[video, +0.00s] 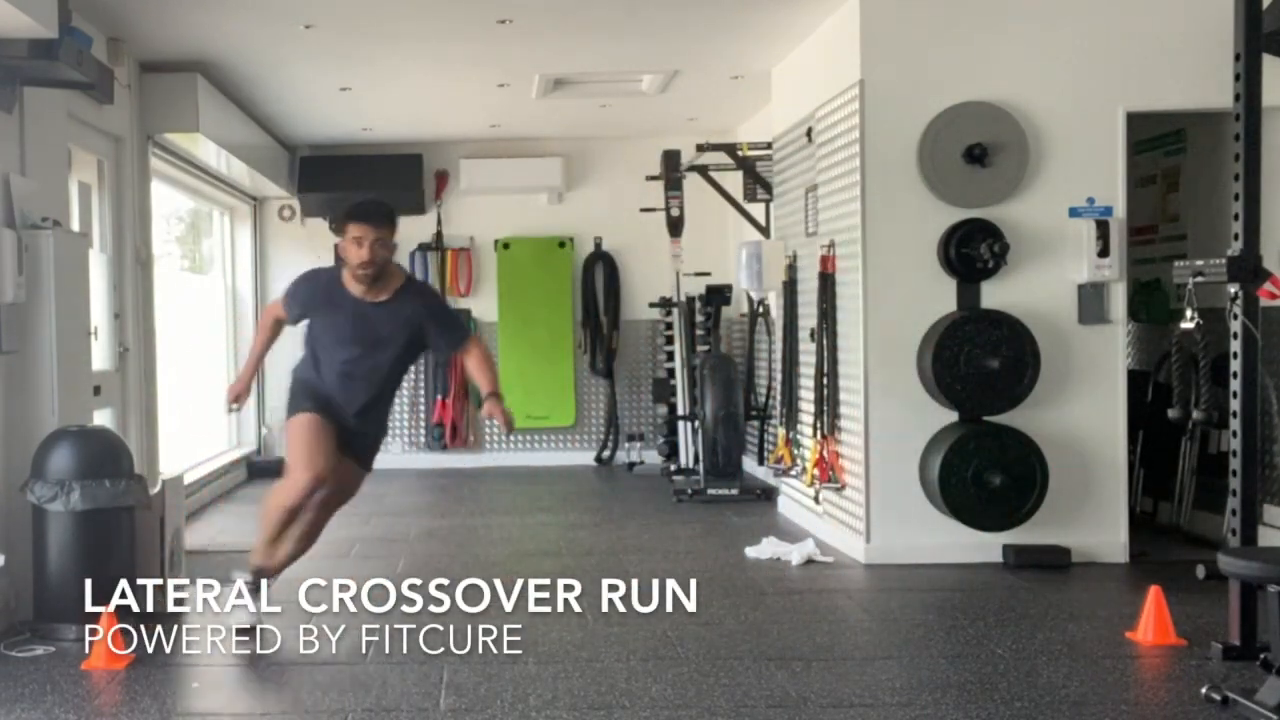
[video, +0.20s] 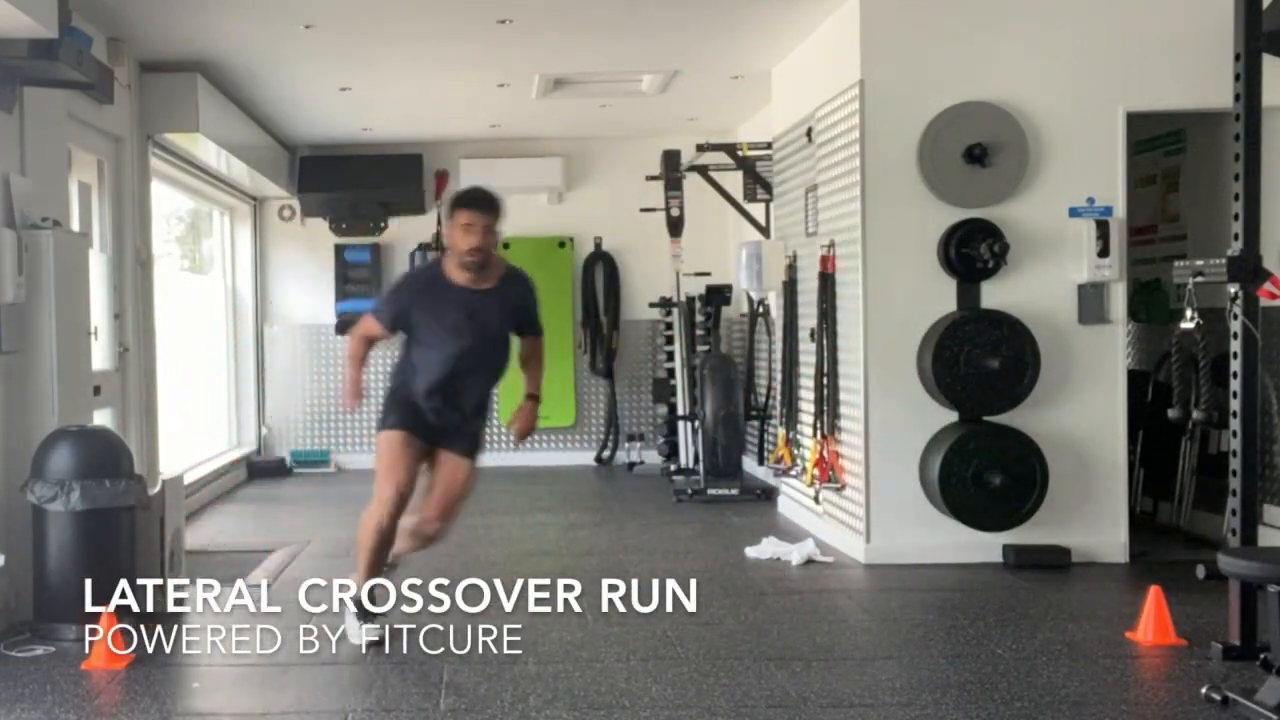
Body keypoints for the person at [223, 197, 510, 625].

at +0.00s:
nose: (368, 254)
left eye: (379, 243)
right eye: (357, 242)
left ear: (393, 246)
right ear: (340, 244)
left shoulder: (420, 302)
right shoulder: (318, 286)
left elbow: (469, 345)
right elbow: (275, 315)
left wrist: (491, 395)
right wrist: (246, 376)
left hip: (365, 424)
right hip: (314, 397)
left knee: (320, 510)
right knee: (309, 474)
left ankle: (260, 580)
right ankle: (256, 568)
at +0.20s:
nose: (475, 241)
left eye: (484, 231)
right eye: (465, 230)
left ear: (496, 234)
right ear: (447, 233)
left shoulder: (515, 288)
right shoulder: (419, 285)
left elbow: (531, 342)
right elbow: (361, 335)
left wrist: (531, 398)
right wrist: (353, 379)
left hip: (465, 415)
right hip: (410, 403)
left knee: (432, 525)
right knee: (391, 500)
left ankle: (386, 556)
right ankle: (362, 594)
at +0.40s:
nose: (644, 227)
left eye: (652, 217)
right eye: (634, 216)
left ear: (660, 222)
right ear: (613, 218)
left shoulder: (660, 277)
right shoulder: (580, 266)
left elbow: (677, 327)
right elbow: (502, 314)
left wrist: (694, 375)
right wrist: (494, 386)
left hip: (598, 388)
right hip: (541, 384)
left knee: (630, 490)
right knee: (508, 491)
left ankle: (604, 589)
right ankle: (418, 576)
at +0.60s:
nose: (794, 217)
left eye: (797, 207)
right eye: (785, 207)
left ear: (799, 207)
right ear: (753, 208)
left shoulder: (801, 259)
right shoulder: (709, 259)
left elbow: (822, 308)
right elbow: (635, 304)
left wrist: (831, 345)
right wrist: (606, 373)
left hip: (756, 382)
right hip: (711, 379)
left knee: (750, 489)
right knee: (770, 465)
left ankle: (659, 564)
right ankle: (808, 571)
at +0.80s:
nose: (903, 238)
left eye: (913, 228)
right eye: (891, 228)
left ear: (922, 231)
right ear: (869, 233)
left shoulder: (929, 280)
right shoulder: (843, 287)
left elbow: (945, 342)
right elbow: (783, 353)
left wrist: (959, 397)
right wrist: (815, 398)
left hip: (900, 397)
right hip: (845, 403)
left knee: (980, 471)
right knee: (900, 475)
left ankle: (964, 558)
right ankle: (896, 590)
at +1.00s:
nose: (986, 277)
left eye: (995, 264)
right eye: (973, 267)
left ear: (1012, 265)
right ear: (955, 271)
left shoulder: (1032, 311)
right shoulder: (929, 318)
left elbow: (1051, 365)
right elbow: (874, 370)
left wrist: (1062, 413)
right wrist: (893, 407)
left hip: (1005, 418)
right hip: (936, 422)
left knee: (1076, 493)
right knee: (949, 480)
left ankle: (1099, 578)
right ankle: (944, 587)